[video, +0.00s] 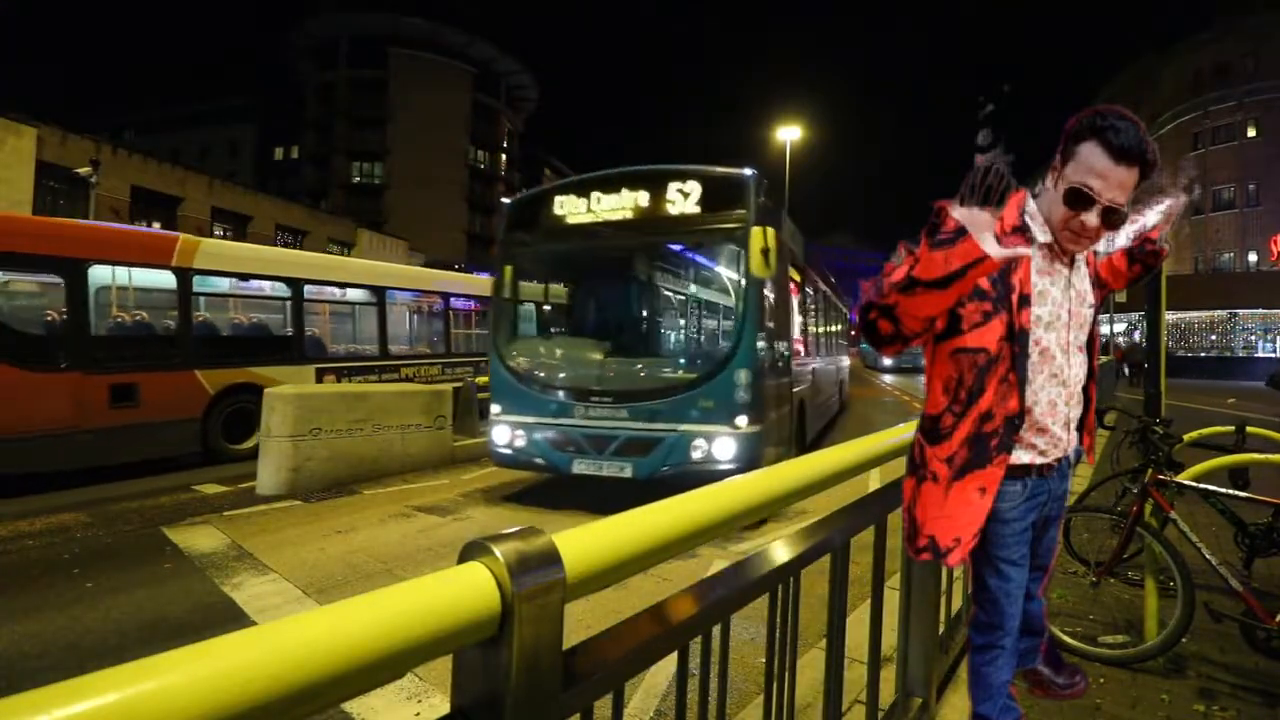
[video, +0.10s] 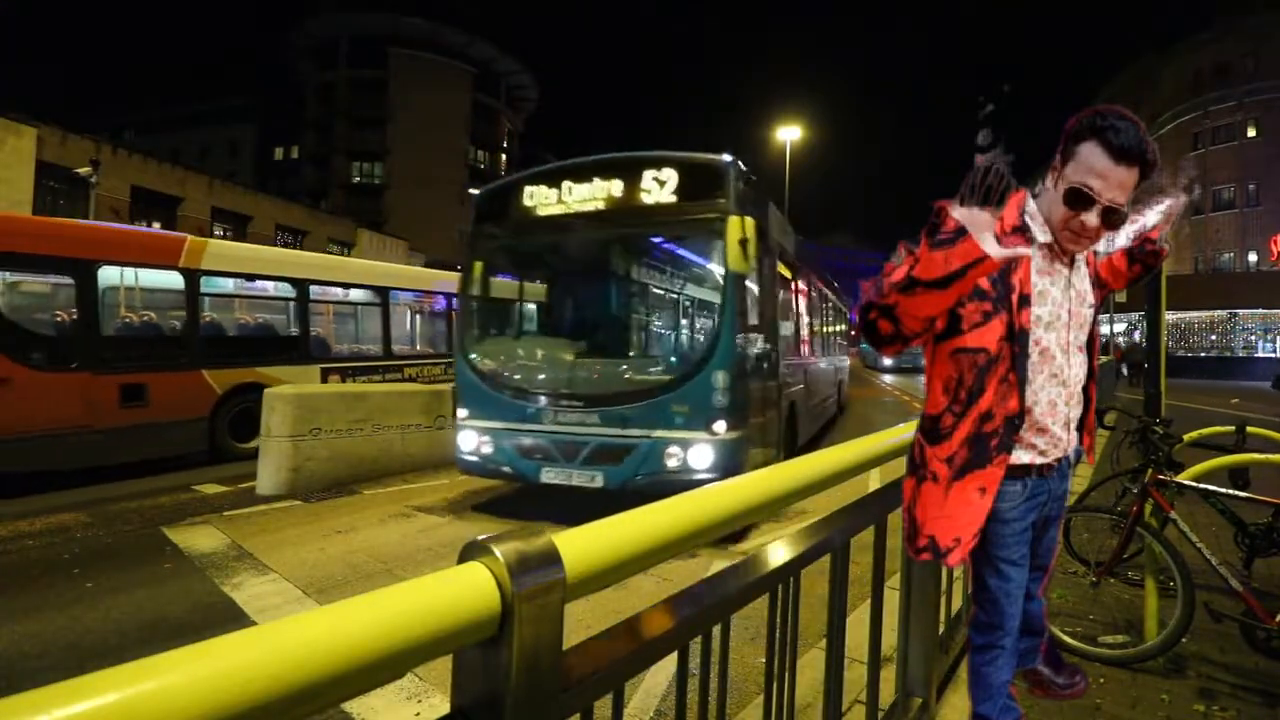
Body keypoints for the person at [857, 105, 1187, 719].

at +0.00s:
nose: (1089, 222)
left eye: (1109, 212)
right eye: (1079, 198)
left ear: (1123, 211)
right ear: (1052, 172)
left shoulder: (1084, 265)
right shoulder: (985, 242)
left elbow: (1113, 272)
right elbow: (882, 328)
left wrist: (1152, 240)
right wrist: (962, 246)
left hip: (1057, 467)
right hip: (1000, 475)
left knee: (1034, 581)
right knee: (1000, 611)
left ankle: (1028, 659)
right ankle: (993, 709)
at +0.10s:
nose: (1089, 222)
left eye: (1109, 211)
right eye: (1079, 198)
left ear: (1123, 211)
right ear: (1052, 172)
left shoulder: (1085, 265)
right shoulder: (985, 242)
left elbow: (1117, 270)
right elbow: (883, 328)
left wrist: (1153, 240)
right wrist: (962, 246)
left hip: (1057, 467)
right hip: (1000, 475)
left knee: (1034, 582)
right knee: (1000, 610)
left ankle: (1027, 659)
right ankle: (993, 709)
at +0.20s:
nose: (1089, 222)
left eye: (1110, 212)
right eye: (1079, 198)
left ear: (1123, 211)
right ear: (1052, 172)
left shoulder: (1085, 265)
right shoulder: (985, 242)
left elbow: (1117, 270)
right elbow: (883, 328)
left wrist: (1153, 240)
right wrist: (962, 246)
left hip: (1057, 467)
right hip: (1000, 475)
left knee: (1034, 582)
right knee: (1000, 610)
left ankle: (1027, 659)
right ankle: (993, 709)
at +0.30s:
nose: (1089, 222)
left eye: (1109, 212)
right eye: (1079, 198)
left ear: (1123, 211)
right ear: (1052, 172)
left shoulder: (1084, 265)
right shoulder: (985, 243)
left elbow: (1113, 272)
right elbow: (883, 327)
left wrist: (1152, 240)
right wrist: (962, 245)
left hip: (1057, 467)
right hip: (1000, 476)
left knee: (1034, 582)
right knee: (1000, 611)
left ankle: (1028, 659)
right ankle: (993, 709)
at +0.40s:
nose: (1089, 222)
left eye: (1110, 211)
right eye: (1079, 198)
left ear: (1123, 211)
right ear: (1052, 172)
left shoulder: (1085, 265)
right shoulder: (985, 242)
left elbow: (1116, 270)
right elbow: (883, 328)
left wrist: (1153, 240)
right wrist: (962, 246)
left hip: (1057, 467)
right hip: (1000, 475)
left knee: (1034, 582)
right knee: (1000, 610)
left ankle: (1027, 659)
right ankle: (993, 709)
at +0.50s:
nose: (1089, 222)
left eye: (1110, 211)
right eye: (1079, 198)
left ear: (1123, 211)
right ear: (1052, 172)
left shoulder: (1085, 265)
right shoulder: (985, 242)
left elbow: (1116, 271)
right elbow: (884, 328)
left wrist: (1152, 240)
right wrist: (962, 246)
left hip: (1057, 467)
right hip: (1000, 475)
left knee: (1034, 582)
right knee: (1000, 611)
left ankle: (1027, 659)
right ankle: (993, 709)